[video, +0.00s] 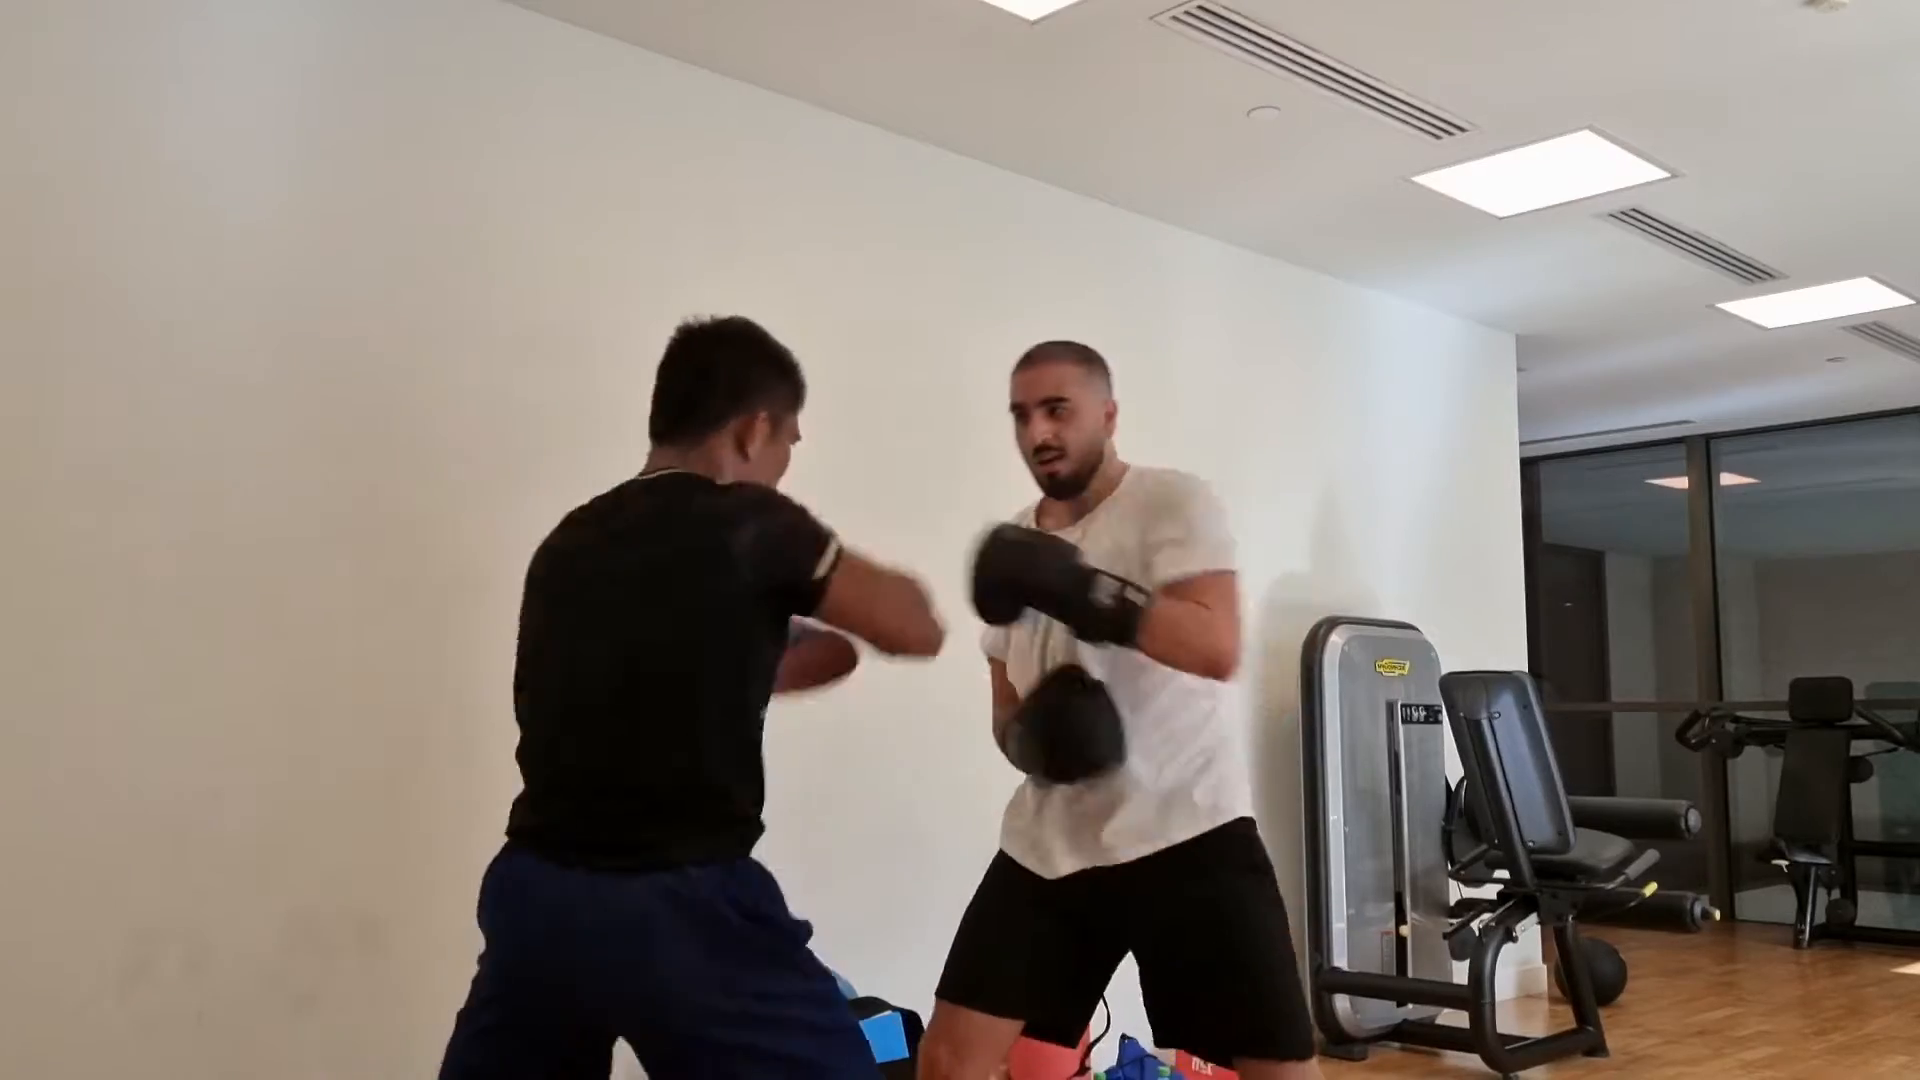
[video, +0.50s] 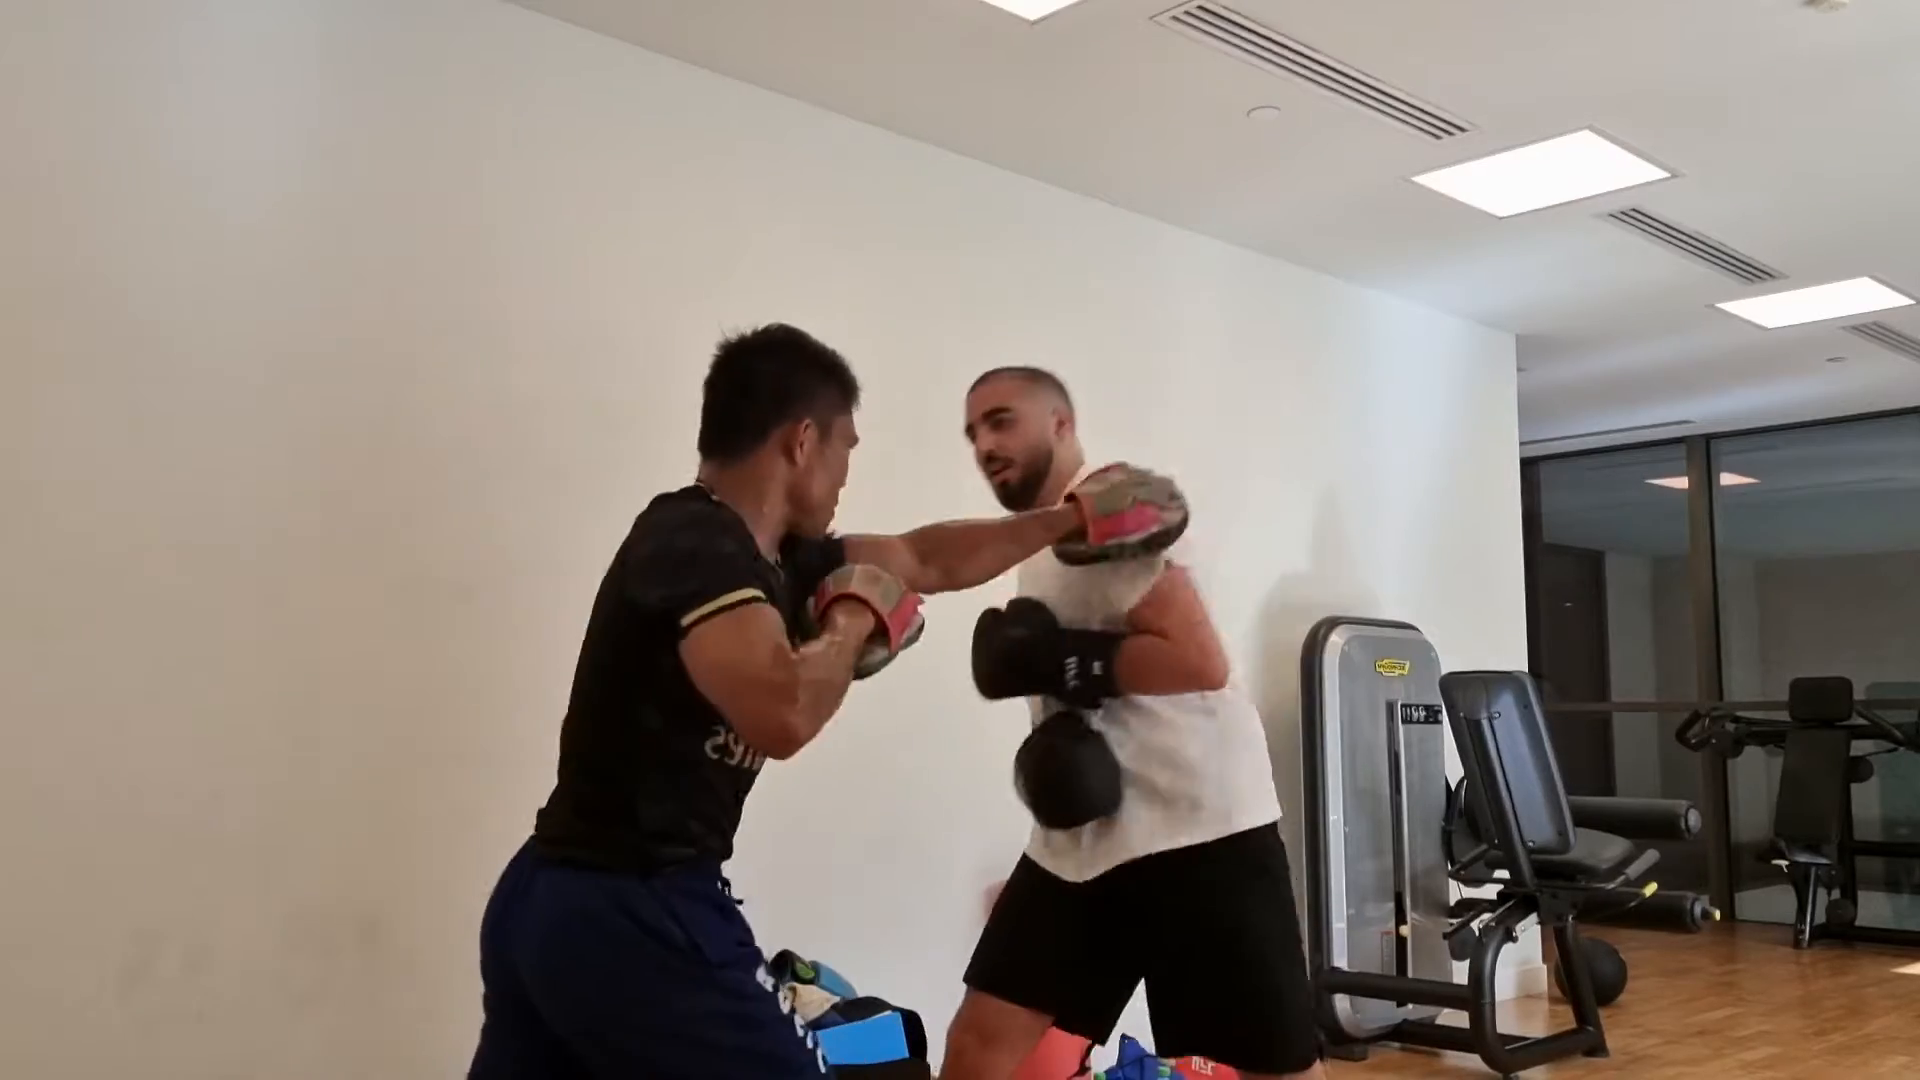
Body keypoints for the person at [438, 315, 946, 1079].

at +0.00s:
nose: (784, 468)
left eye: (790, 447)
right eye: (786, 444)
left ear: (662, 425)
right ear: (748, 432)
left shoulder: (567, 541)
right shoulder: (748, 521)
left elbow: (660, 673)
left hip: (537, 908)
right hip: (690, 915)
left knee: (488, 1068)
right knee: (836, 1063)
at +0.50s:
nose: (848, 471)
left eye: (852, 450)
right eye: (847, 447)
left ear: (773, 442)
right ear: (798, 443)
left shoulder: (769, 552)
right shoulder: (700, 542)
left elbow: (919, 558)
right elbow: (781, 719)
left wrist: (1059, 522)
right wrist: (863, 601)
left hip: (563, 906)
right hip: (641, 917)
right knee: (788, 1065)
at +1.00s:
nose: (643, 507)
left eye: (649, 486)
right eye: (642, 484)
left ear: (505, 477)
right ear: (588, 475)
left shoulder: (408, 593)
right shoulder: (626, 565)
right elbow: (841, 609)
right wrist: (972, 596)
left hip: (443, 984)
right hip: (616, 979)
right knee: (772, 1062)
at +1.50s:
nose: (747, 483)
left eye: (748, 461)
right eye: (746, 459)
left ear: (616, 461)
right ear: (711, 457)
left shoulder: (519, 561)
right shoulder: (768, 540)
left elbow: (421, 628)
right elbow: (917, 541)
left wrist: (498, 579)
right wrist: (977, 536)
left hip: (547, 940)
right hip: (730, 939)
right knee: (861, 1053)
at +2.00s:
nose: (790, 484)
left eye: (792, 469)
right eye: (792, 467)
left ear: (666, 464)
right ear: (770, 462)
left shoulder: (575, 578)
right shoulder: (809, 545)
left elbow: (494, 729)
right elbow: (975, 521)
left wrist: (602, 661)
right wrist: (1084, 496)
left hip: (572, 934)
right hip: (752, 941)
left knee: (477, 1071)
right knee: (867, 1065)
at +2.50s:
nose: (798, 503)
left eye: (801, 482)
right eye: (798, 481)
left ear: (672, 471)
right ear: (760, 479)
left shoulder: (607, 590)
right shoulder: (721, 581)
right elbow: (839, 742)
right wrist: (920, 677)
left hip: (545, 954)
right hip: (680, 966)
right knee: (847, 1064)